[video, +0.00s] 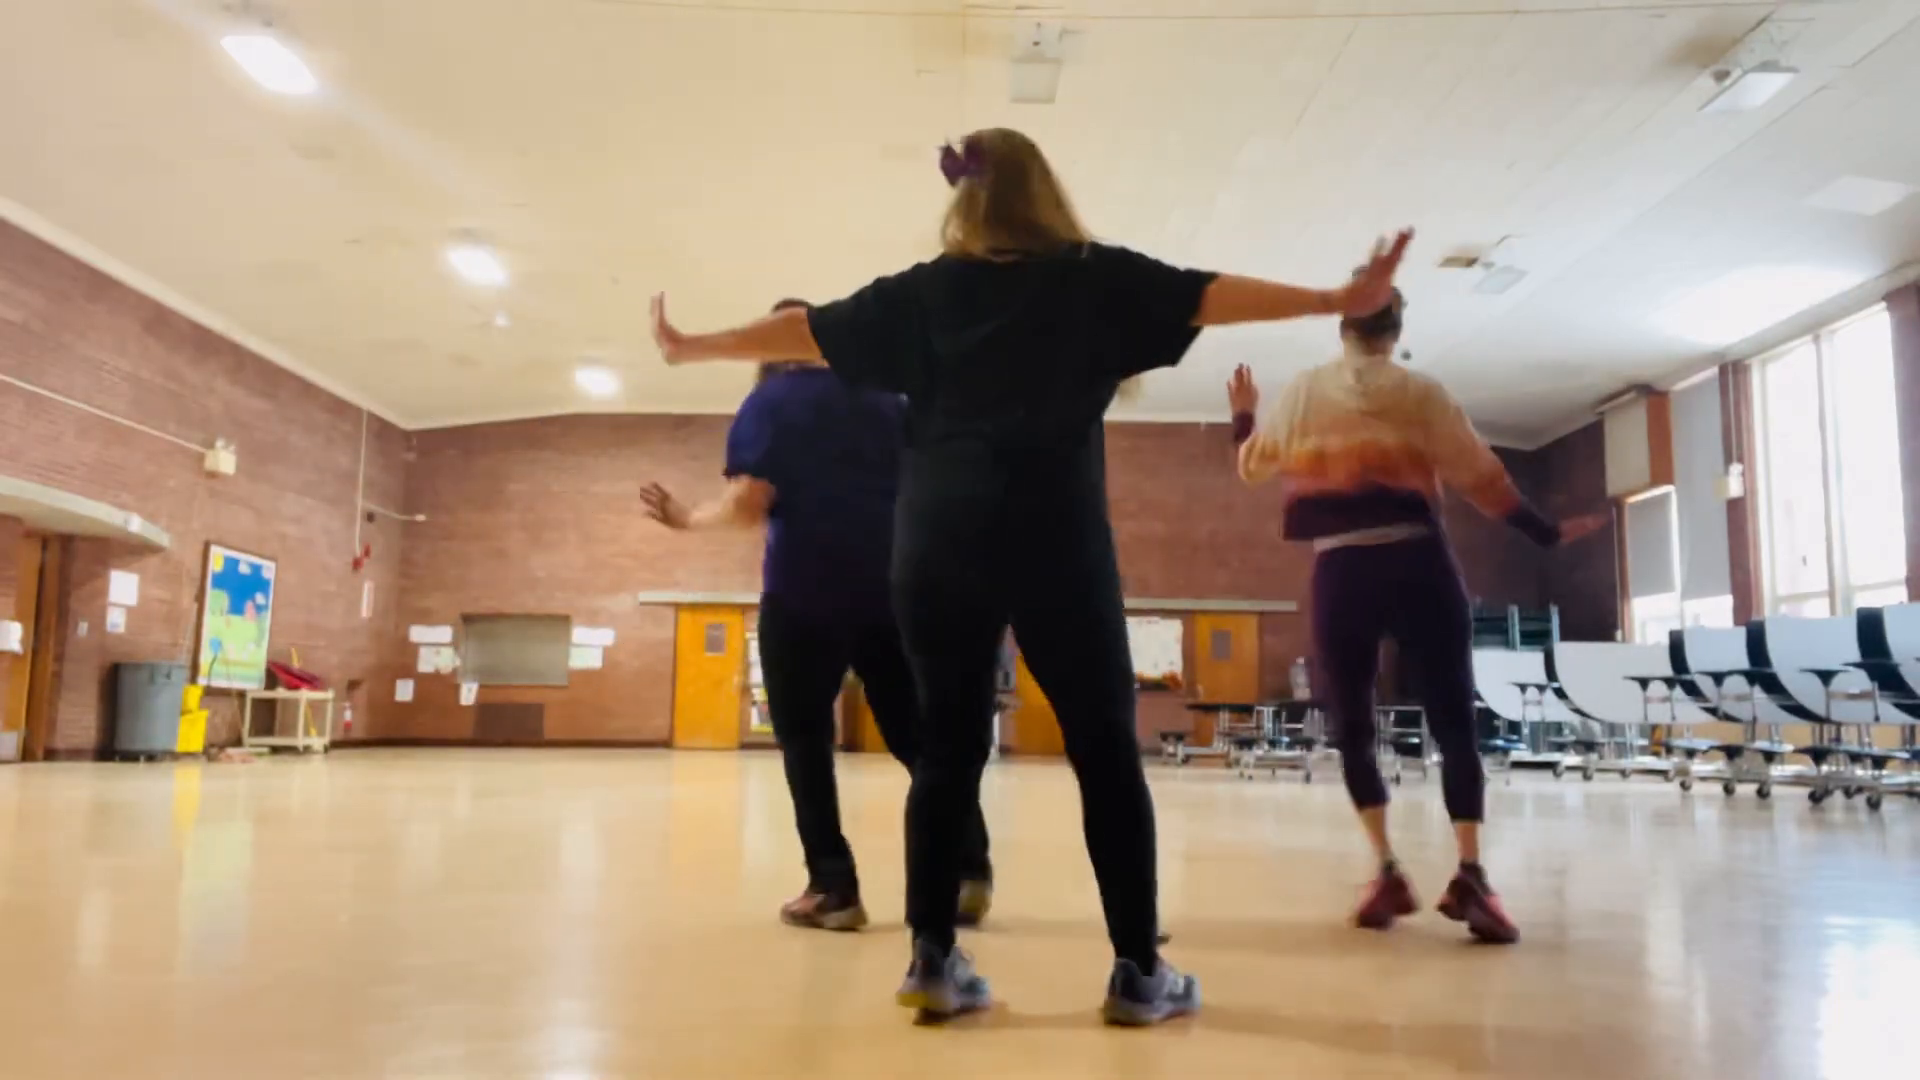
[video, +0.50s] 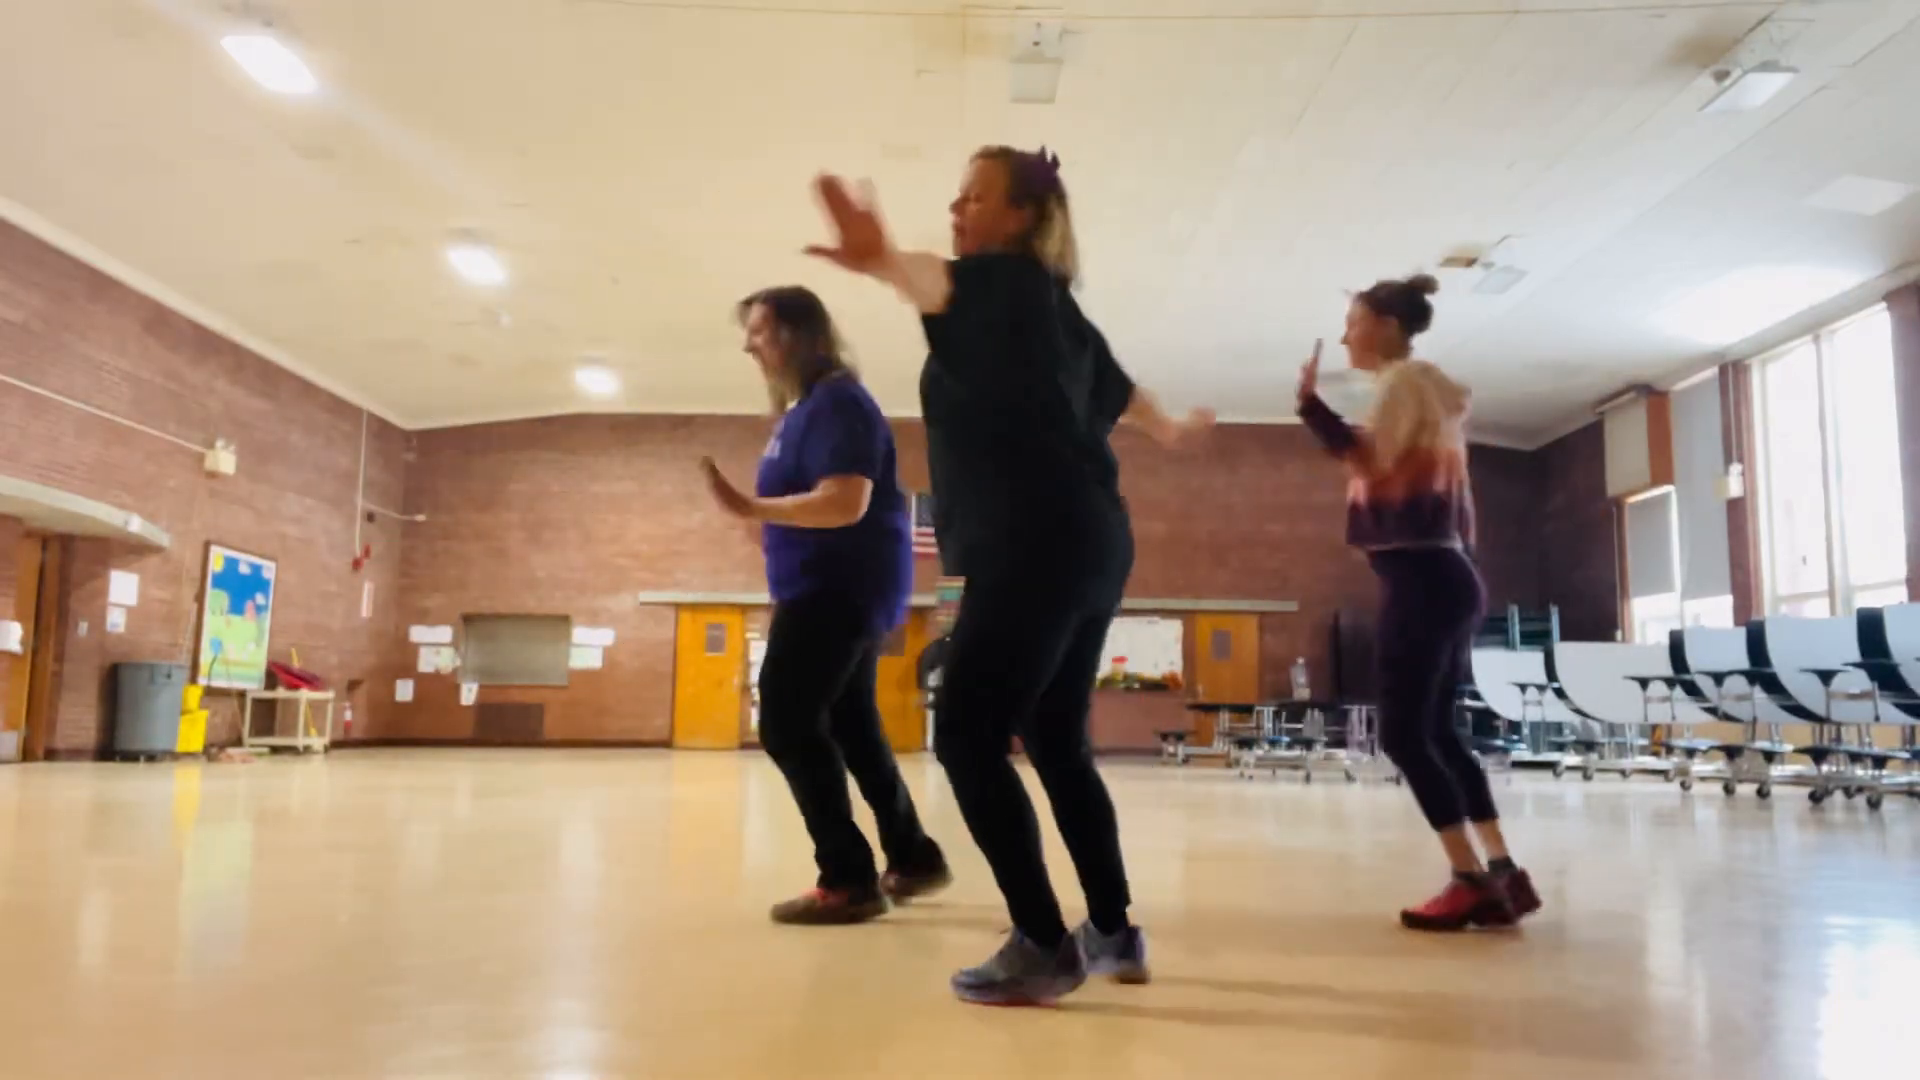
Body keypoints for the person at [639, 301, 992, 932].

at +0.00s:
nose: (763, 354)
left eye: (769, 344)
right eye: (771, 339)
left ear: (775, 350)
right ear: (832, 343)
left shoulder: (770, 402)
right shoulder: (885, 396)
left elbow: (751, 501)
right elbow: (909, 479)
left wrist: (685, 516)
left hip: (803, 596)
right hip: (882, 591)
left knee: (805, 744)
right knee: (916, 735)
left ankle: (834, 887)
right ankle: (971, 865)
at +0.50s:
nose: (750, 345)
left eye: (759, 332)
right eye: (749, 334)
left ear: (795, 333)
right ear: (787, 337)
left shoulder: (840, 403)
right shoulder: (807, 409)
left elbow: (846, 502)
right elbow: (823, 499)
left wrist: (753, 508)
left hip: (838, 593)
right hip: (832, 592)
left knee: (788, 725)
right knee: (852, 725)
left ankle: (848, 882)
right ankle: (915, 858)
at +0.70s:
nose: (761, 335)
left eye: (772, 322)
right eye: (754, 325)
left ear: (806, 325)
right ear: (754, 336)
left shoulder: (850, 394)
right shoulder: (787, 403)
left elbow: (900, 482)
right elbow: (767, 479)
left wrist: (836, 545)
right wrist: (705, 418)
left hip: (841, 591)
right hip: (786, 585)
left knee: (830, 725)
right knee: (748, 697)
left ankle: (854, 886)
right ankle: (829, 814)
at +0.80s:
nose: (765, 332)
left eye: (777, 319)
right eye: (758, 321)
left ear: (810, 325)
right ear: (753, 335)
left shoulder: (856, 398)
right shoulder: (765, 412)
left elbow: (909, 486)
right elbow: (754, 491)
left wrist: (863, 539)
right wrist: (691, 439)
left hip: (840, 584)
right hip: (771, 582)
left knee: (820, 723)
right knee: (754, 709)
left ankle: (852, 882)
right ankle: (787, 835)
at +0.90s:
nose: (778, 340)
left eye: (791, 328)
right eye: (769, 330)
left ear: (821, 338)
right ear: (759, 344)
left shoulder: (855, 415)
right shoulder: (762, 420)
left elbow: (908, 501)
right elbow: (755, 511)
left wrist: (869, 532)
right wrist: (686, 513)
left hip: (835, 596)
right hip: (761, 593)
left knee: (795, 721)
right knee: (760, 731)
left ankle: (829, 876)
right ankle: (786, 865)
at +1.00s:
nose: (787, 340)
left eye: (801, 330)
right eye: (778, 331)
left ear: (829, 340)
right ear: (766, 344)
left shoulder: (861, 427)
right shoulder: (751, 429)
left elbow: (908, 507)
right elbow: (734, 509)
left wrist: (876, 509)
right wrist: (683, 505)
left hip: (838, 597)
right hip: (758, 594)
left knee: (800, 719)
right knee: (744, 724)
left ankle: (830, 876)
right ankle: (781, 859)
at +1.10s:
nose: (796, 337)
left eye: (808, 326)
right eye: (785, 328)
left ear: (837, 333)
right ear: (773, 338)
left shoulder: (867, 405)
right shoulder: (753, 407)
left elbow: (910, 475)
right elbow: (691, 471)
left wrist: (892, 500)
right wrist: (667, 413)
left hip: (832, 589)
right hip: (752, 582)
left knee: (812, 728)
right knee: (708, 706)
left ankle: (833, 877)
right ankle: (741, 824)